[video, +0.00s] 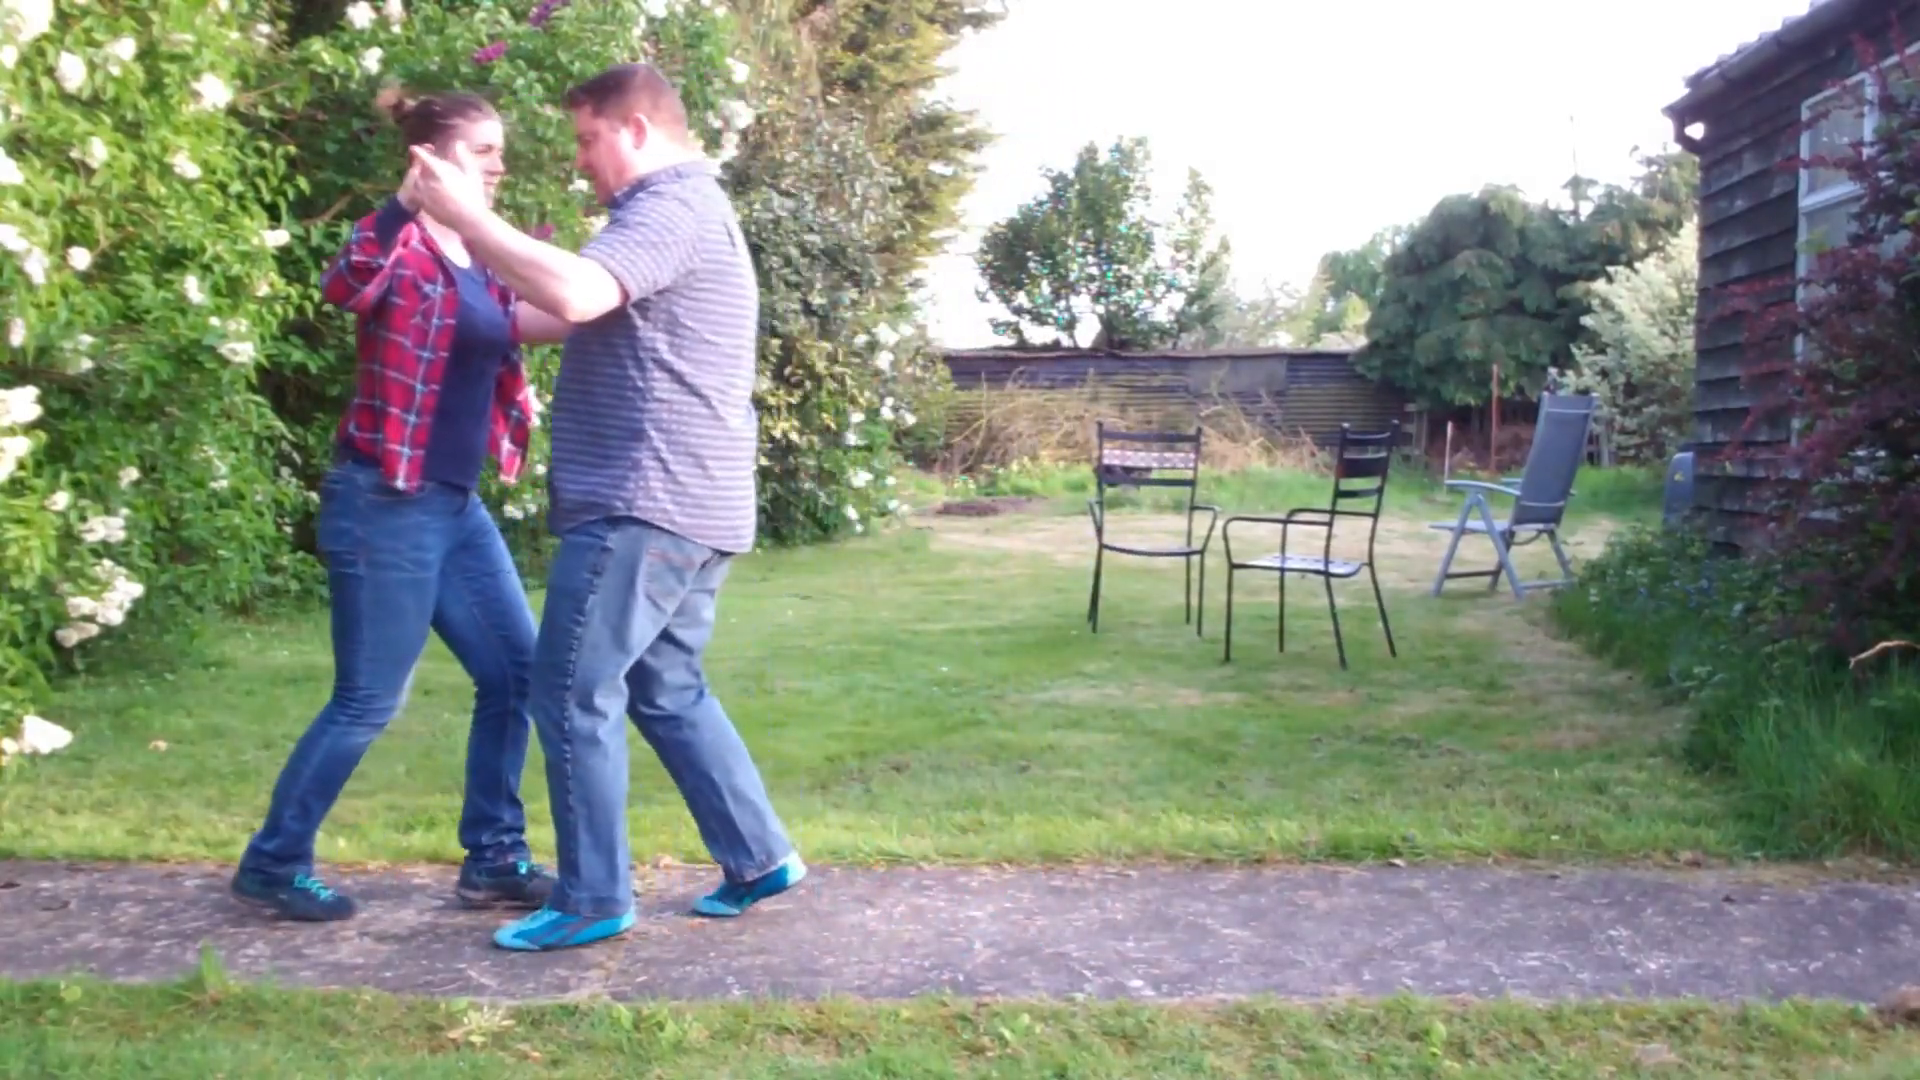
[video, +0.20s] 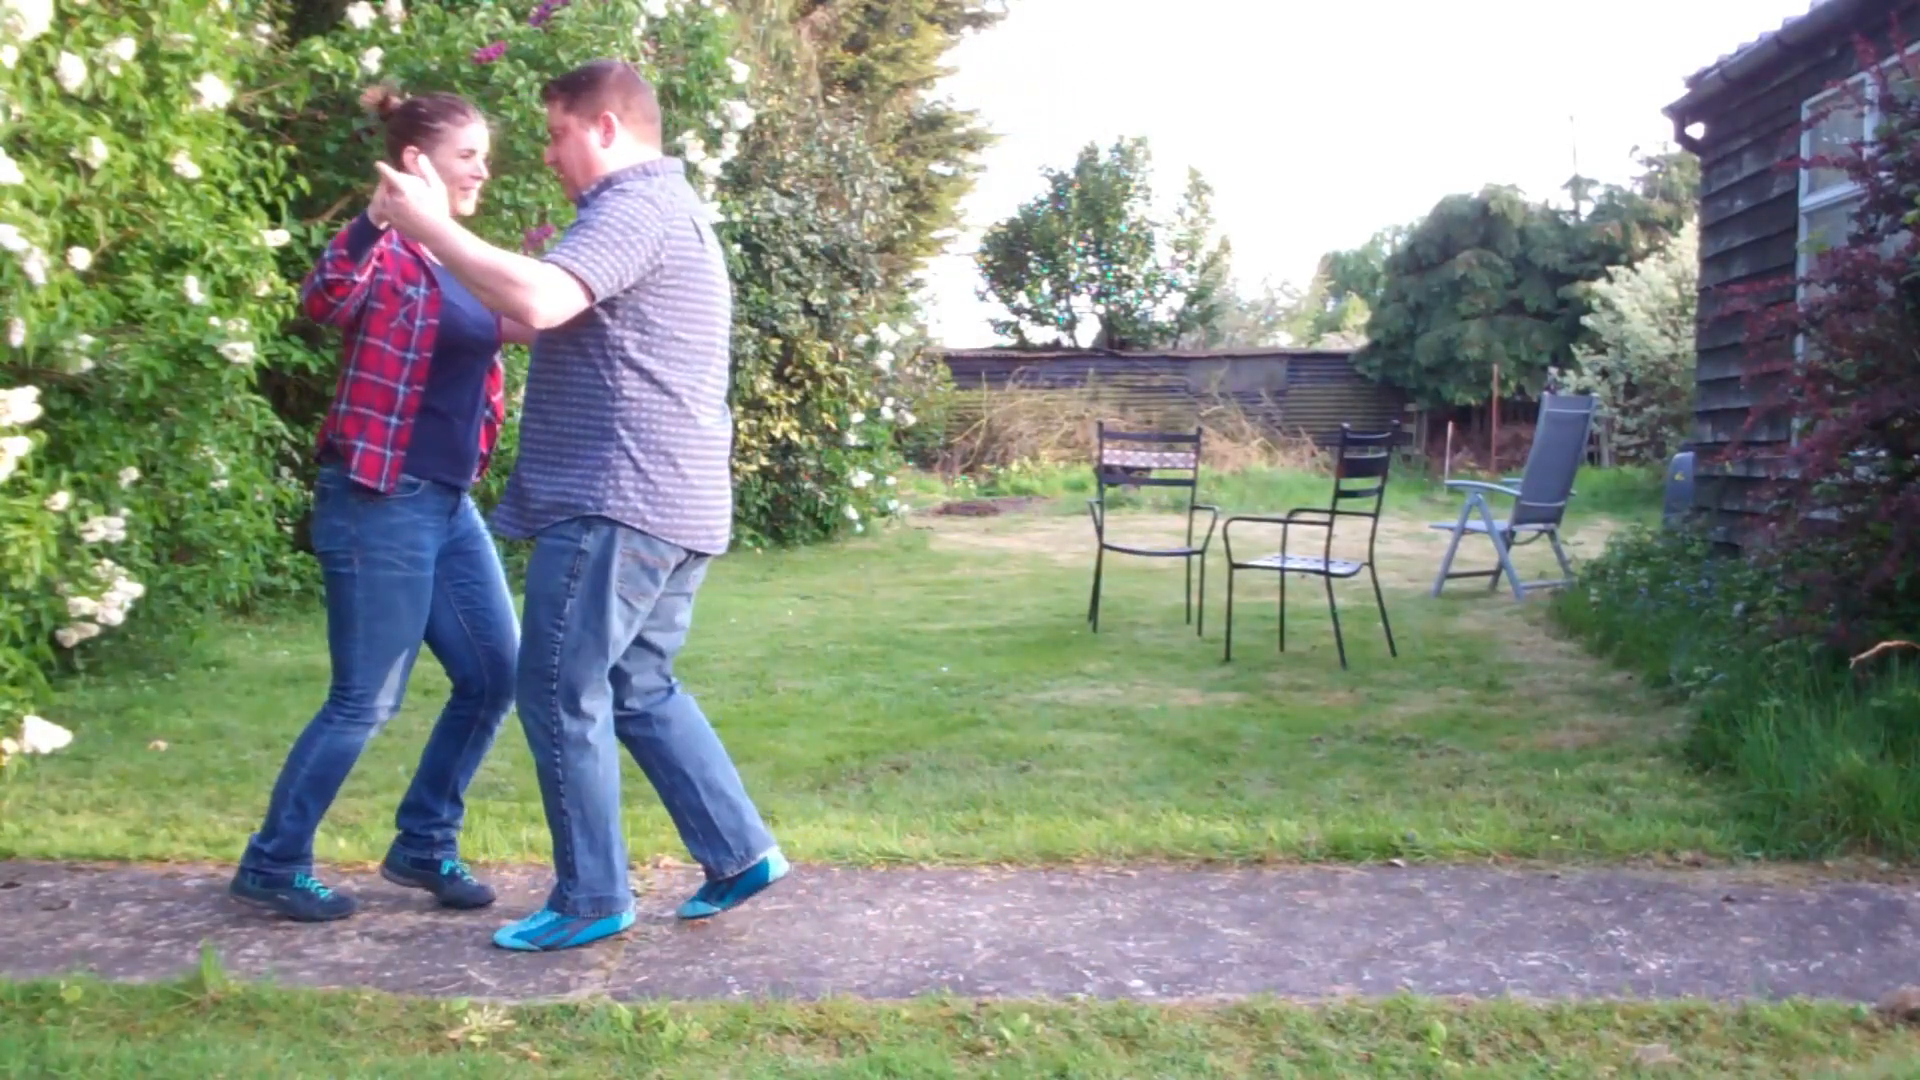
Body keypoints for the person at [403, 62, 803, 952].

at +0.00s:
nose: (579, 161)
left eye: (585, 141)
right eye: (577, 144)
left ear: (634, 128)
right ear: (647, 130)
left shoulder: (669, 206)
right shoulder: (694, 207)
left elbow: (579, 291)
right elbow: (562, 315)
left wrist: (465, 212)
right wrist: (464, 268)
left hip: (645, 501)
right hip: (699, 504)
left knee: (572, 691)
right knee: (665, 686)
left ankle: (593, 899)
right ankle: (760, 859)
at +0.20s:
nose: (550, 154)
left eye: (557, 134)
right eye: (549, 136)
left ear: (605, 127)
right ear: (626, 128)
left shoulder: (634, 204)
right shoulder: (672, 207)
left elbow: (540, 301)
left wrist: (428, 224)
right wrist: (444, 242)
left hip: (618, 500)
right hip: (680, 504)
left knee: (560, 693)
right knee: (639, 684)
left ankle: (590, 898)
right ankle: (741, 855)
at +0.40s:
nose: (556, 152)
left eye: (562, 131)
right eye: (555, 133)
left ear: (608, 124)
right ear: (634, 125)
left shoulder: (640, 197)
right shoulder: (687, 199)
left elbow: (544, 302)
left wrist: (428, 231)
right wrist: (477, 252)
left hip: (630, 498)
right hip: (702, 500)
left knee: (584, 698)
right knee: (658, 687)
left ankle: (590, 898)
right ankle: (734, 872)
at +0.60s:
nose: (586, 148)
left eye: (590, 128)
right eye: (584, 131)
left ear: (633, 119)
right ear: (663, 120)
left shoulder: (670, 195)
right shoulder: (708, 192)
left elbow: (565, 295)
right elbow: (595, 295)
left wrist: (445, 233)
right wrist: (490, 243)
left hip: (685, 491)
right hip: (749, 494)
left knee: (602, 691)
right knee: (704, 693)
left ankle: (613, 898)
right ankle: (747, 893)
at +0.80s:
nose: (622, 145)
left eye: (626, 126)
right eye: (622, 127)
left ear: (661, 115)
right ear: (710, 116)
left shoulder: (695, 194)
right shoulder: (741, 192)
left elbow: (575, 285)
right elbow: (620, 292)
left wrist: (454, 221)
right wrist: (513, 242)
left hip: (715, 495)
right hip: (783, 495)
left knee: (659, 698)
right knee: (734, 697)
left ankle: (738, 896)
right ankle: (753, 892)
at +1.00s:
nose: (654, 129)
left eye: (660, 111)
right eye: (658, 111)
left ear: (689, 109)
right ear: (746, 112)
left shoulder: (705, 191)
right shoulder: (772, 187)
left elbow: (575, 281)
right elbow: (650, 283)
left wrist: (461, 222)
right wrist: (559, 235)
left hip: (747, 496)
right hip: (825, 493)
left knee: (734, 716)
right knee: (772, 708)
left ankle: (777, 934)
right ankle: (750, 895)